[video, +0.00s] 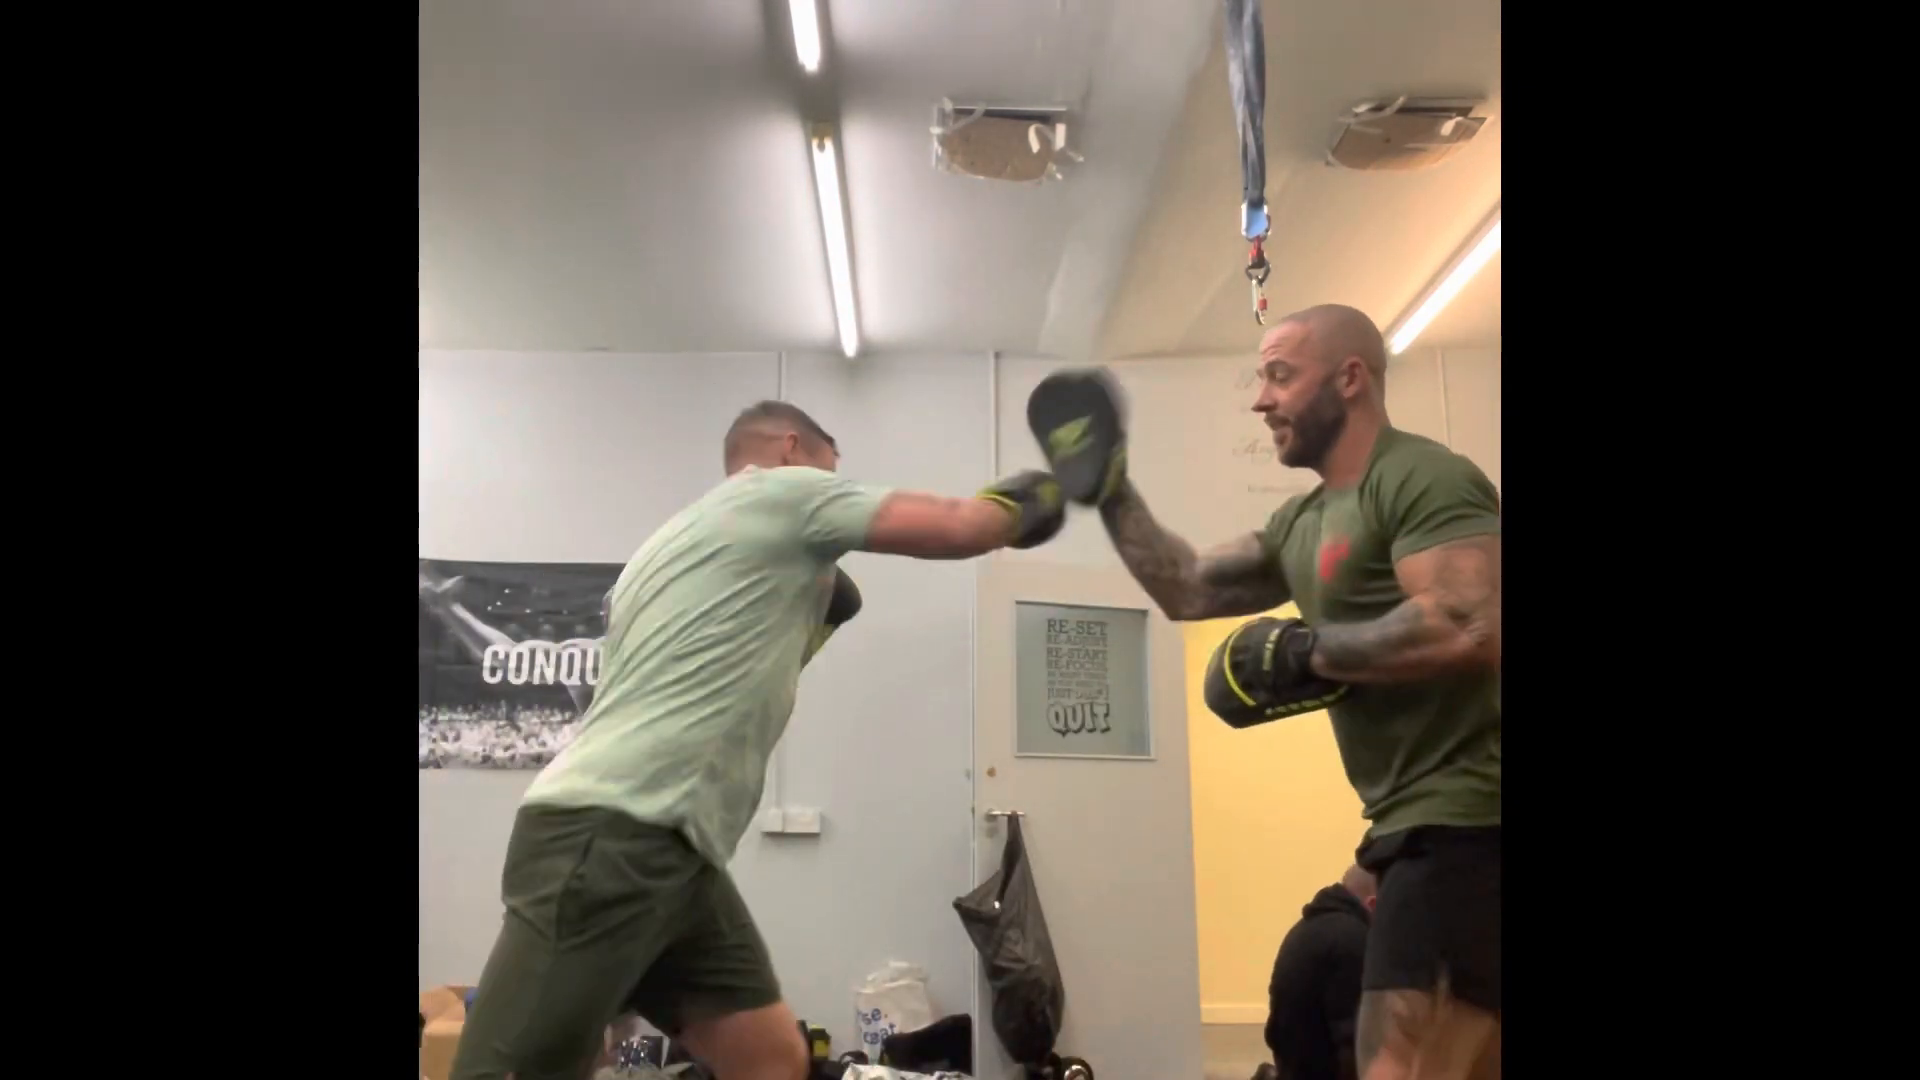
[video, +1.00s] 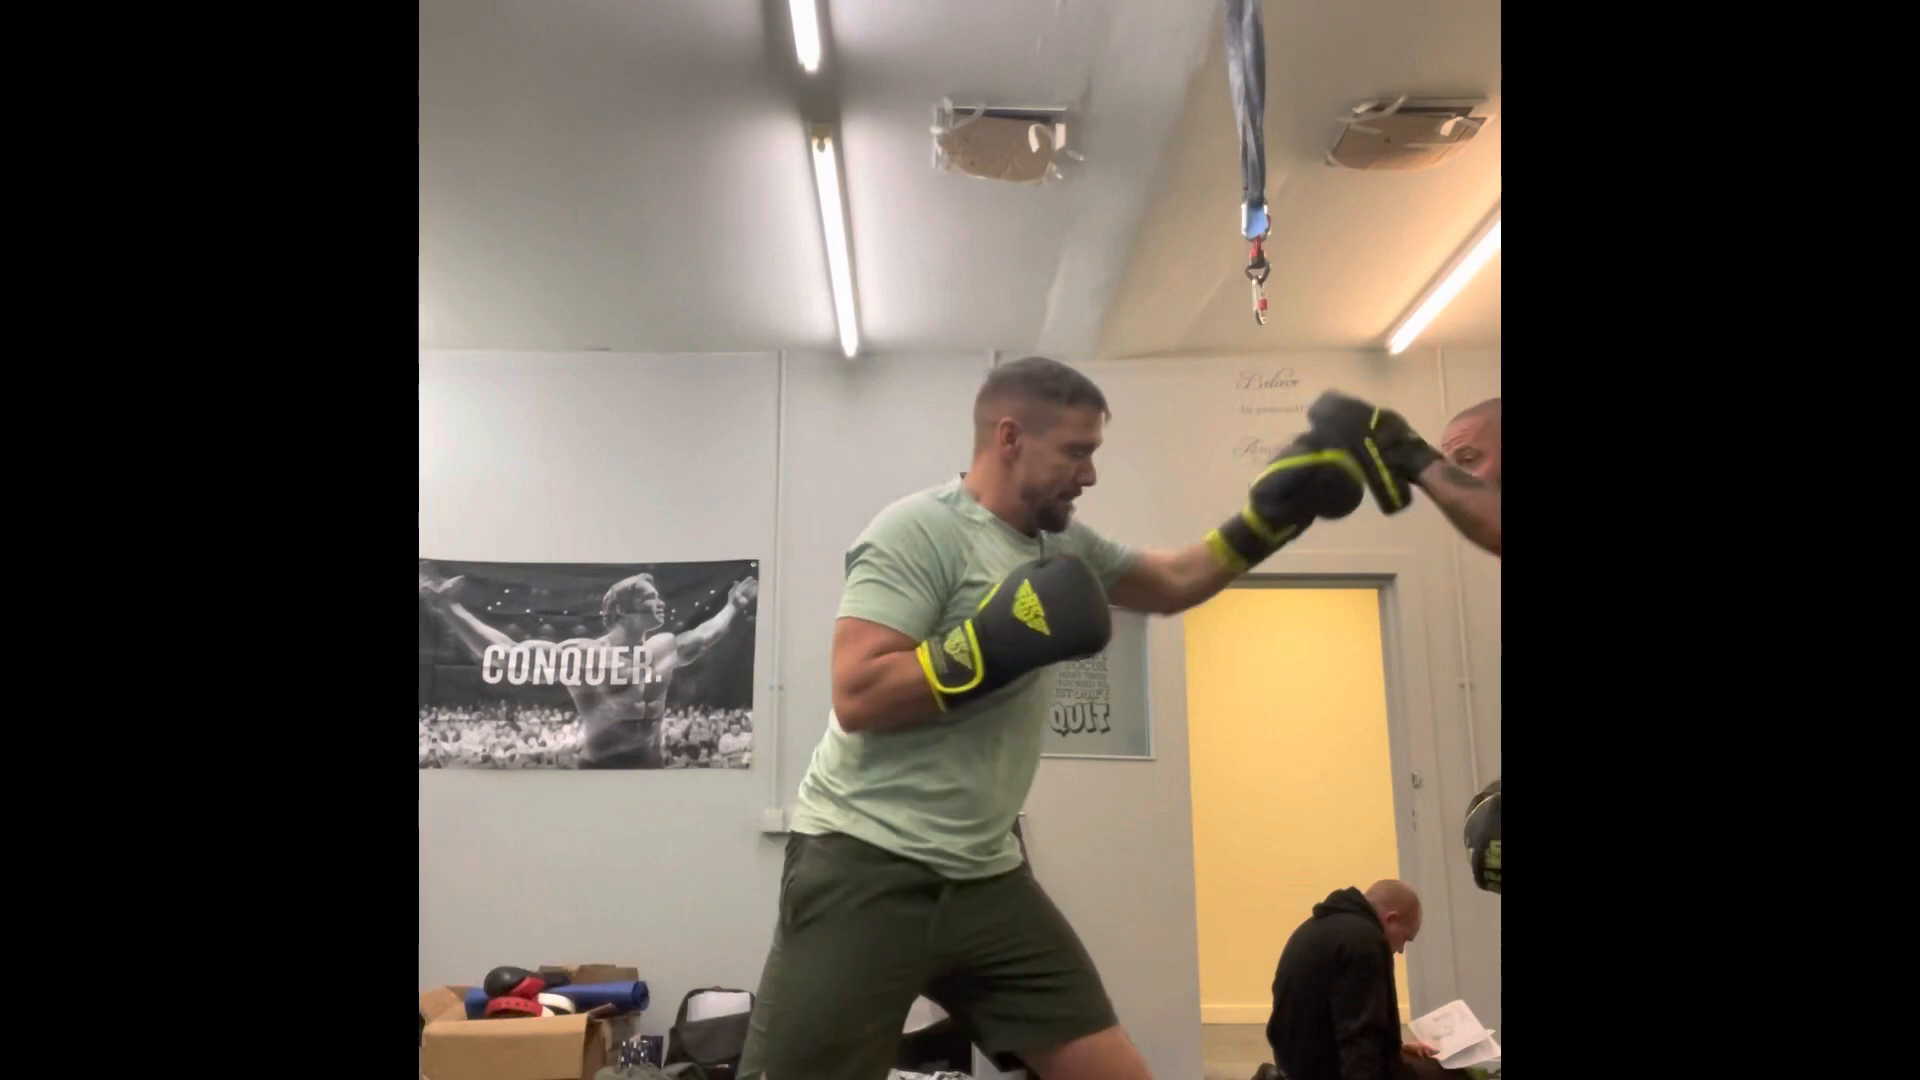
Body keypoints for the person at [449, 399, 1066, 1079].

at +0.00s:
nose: (834, 483)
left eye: (834, 470)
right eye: (830, 467)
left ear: (747, 458)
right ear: (790, 447)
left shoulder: (665, 549)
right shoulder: (781, 494)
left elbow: (709, 670)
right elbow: (963, 526)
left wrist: (815, 617)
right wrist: (1033, 498)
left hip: (668, 855)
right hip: (606, 836)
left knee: (768, 1058)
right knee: (508, 1068)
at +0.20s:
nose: (788, 435)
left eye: (790, 416)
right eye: (777, 409)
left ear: (718, 403)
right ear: (715, 395)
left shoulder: (728, 540)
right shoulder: (630, 466)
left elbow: (710, 711)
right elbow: (618, 611)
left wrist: (789, 636)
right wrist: (748, 576)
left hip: (699, 843)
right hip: (582, 826)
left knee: (767, 1060)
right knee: (523, 1066)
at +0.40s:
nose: (767, 406)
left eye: (766, 386)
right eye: (751, 380)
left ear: (689, 376)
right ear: (683, 371)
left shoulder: (706, 523)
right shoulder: (601, 476)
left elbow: (666, 682)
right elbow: (637, 649)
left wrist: (757, 668)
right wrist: (749, 589)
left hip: (702, 848)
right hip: (574, 851)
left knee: (822, 1048)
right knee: (484, 1070)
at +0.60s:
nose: (861, 376)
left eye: (862, 355)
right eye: (850, 350)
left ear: (791, 342)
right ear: (790, 336)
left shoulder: (783, 470)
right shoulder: (723, 417)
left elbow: (739, 639)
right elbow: (734, 582)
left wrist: (849, 607)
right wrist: (846, 535)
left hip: (789, 819)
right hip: (683, 808)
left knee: (868, 1063)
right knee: (646, 1069)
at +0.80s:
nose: (992, 443)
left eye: (991, 421)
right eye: (976, 417)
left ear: (911, 417)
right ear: (905, 413)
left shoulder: (971, 528)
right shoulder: (802, 528)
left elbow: (1072, 559)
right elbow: (738, 702)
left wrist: (1173, 490)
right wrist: (857, 635)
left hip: (938, 881)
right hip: (802, 872)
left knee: (1035, 1066)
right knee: (758, 1066)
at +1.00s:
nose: (1091, 472)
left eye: (1094, 453)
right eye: (1077, 452)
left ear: (1019, 444)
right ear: (1007, 438)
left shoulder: (1066, 545)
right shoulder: (915, 532)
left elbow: (1168, 585)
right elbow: (860, 696)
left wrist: (1264, 523)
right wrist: (990, 644)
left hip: (988, 874)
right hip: (861, 867)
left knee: (1111, 1071)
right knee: (792, 1074)